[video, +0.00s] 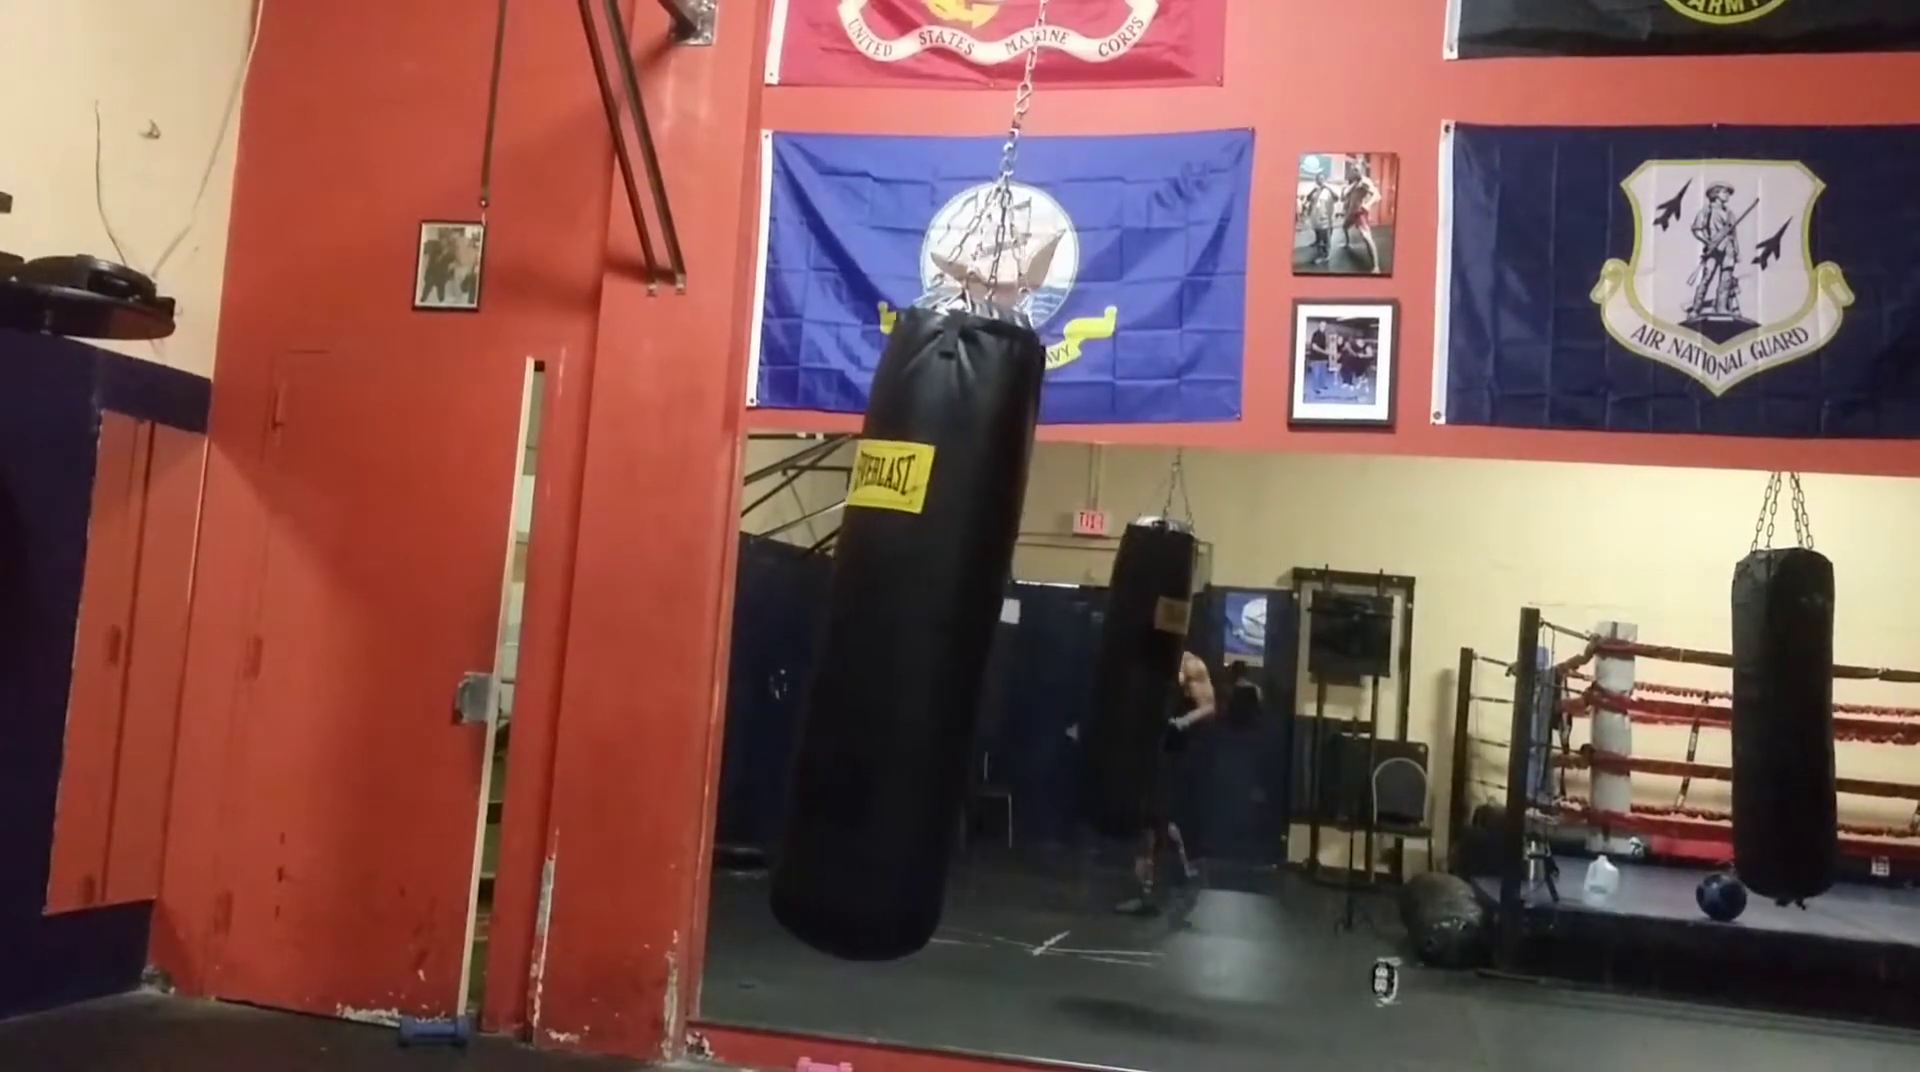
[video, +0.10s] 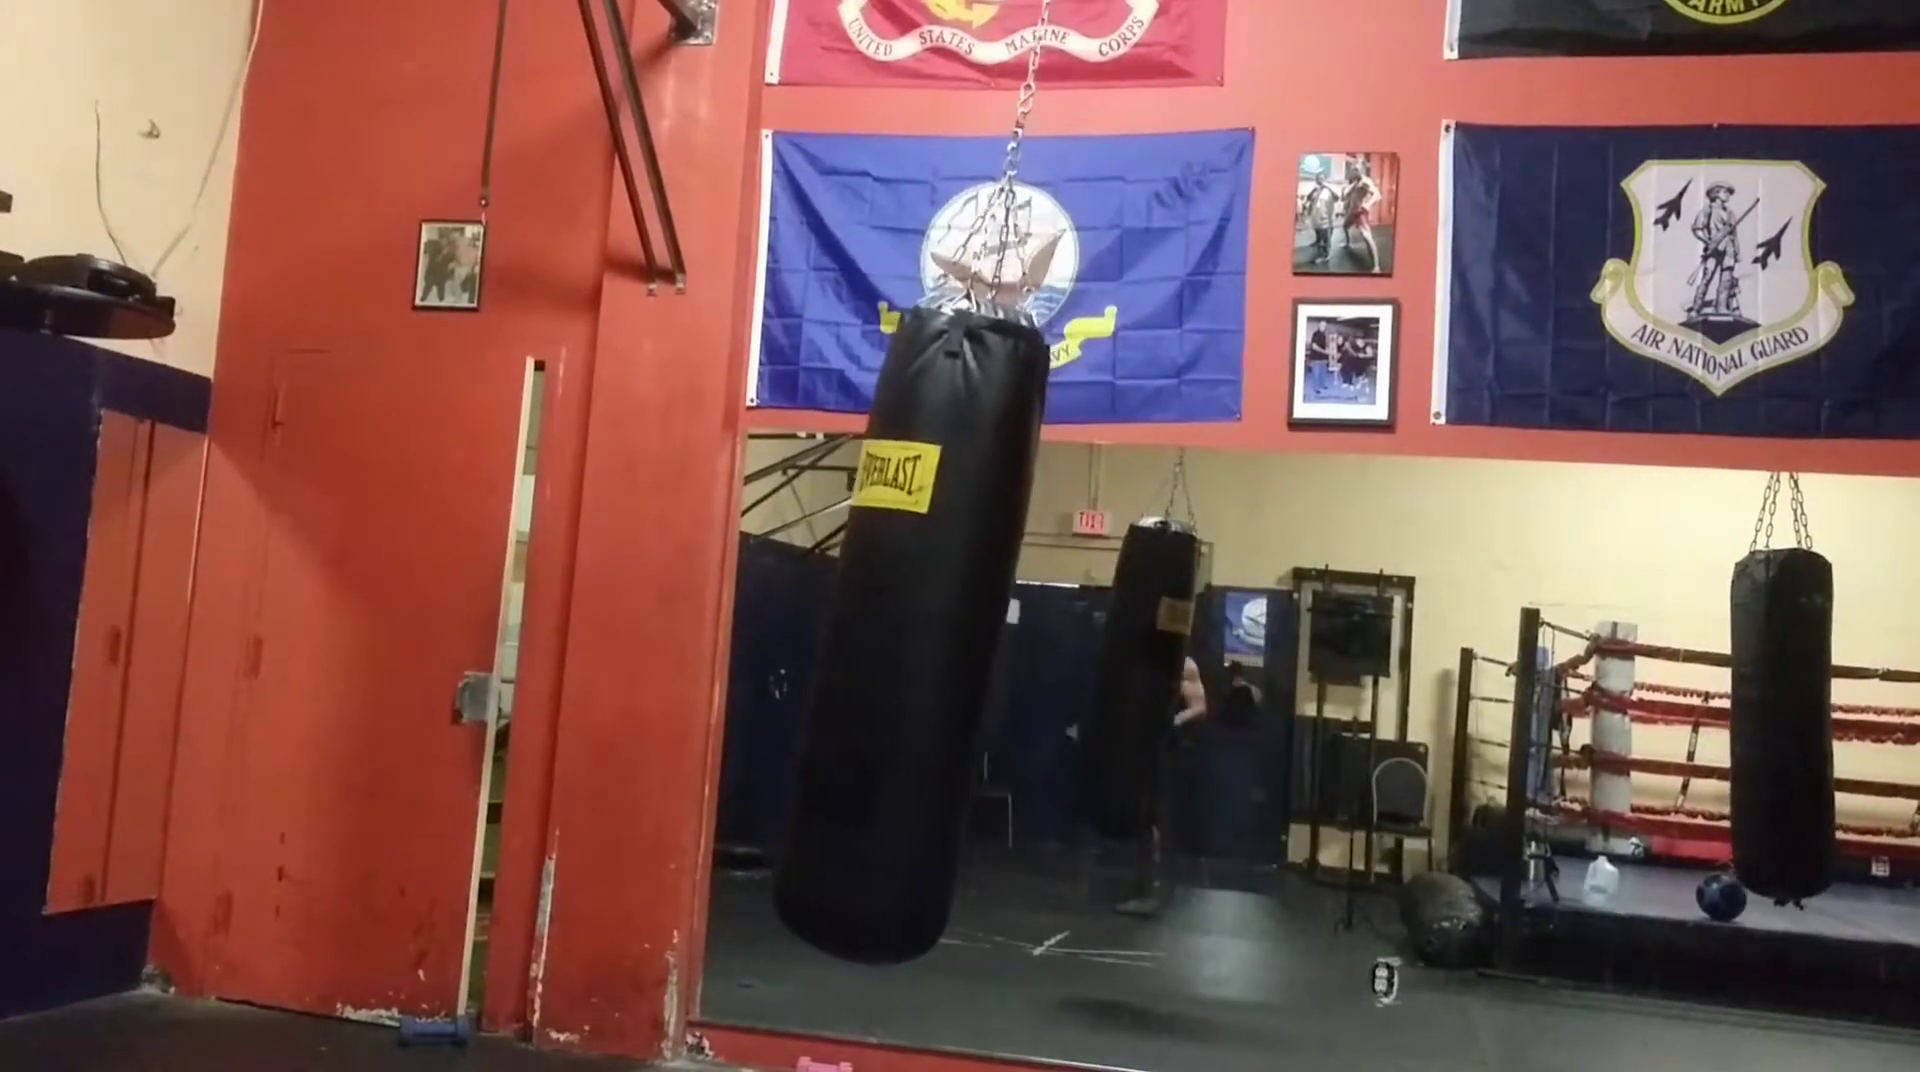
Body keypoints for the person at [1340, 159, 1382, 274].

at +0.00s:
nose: (1350, 175)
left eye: (1352, 172)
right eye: (1349, 173)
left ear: (1357, 173)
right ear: (1350, 174)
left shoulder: (1364, 182)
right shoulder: (1351, 185)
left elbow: (1376, 195)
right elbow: (1343, 198)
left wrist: (1366, 205)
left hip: (1360, 211)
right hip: (1351, 212)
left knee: (1366, 236)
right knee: (1345, 227)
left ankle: (1375, 266)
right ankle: (1347, 243)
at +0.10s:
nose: (1349, 175)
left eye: (1352, 172)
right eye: (1349, 172)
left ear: (1357, 172)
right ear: (1351, 173)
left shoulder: (1364, 182)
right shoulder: (1352, 184)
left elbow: (1376, 195)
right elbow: (1344, 198)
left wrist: (1367, 205)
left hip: (1361, 211)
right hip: (1351, 211)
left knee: (1366, 235)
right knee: (1345, 227)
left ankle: (1376, 266)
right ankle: (1347, 243)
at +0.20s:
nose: (1349, 176)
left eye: (1351, 173)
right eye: (1349, 174)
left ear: (1356, 173)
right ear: (1351, 174)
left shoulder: (1364, 182)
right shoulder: (1351, 185)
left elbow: (1376, 195)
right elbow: (1344, 198)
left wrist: (1367, 206)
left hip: (1360, 211)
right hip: (1351, 211)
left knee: (1366, 236)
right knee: (1345, 227)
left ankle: (1376, 267)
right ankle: (1347, 243)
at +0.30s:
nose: (1351, 175)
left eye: (1353, 172)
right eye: (1350, 172)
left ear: (1358, 173)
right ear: (1351, 174)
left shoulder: (1365, 182)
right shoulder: (1352, 185)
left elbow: (1376, 195)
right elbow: (1344, 198)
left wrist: (1367, 206)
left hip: (1361, 211)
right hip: (1351, 212)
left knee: (1366, 236)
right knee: (1345, 227)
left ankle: (1376, 266)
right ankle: (1348, 243)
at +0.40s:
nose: (1350, 176)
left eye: (1352, 172)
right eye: (1350, 173)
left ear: (1357, 173)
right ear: (1351, 174)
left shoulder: (1365, 182)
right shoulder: (1352, 185)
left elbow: (1376, 195)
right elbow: (1345, 198)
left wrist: (1367, 205)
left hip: (1361, 211)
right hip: (1352, 211)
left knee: (1366, 236)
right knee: (1345, 227)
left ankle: (1376, 266)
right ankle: (1348, 243)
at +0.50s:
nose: (1350, 175)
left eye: (1353, 172)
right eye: (1350, 172)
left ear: (1357, 173)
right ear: (1351, 174)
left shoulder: (1364, 182)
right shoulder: (1352, 185)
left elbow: (1376, 195)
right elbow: (1344, 199)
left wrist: (1367, 206)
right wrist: (1343, 191)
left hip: (1361, 212)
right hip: (1351, 212)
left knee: (1366, 236)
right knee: (1345, 227)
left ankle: (1376, 266)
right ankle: (1348, 243)